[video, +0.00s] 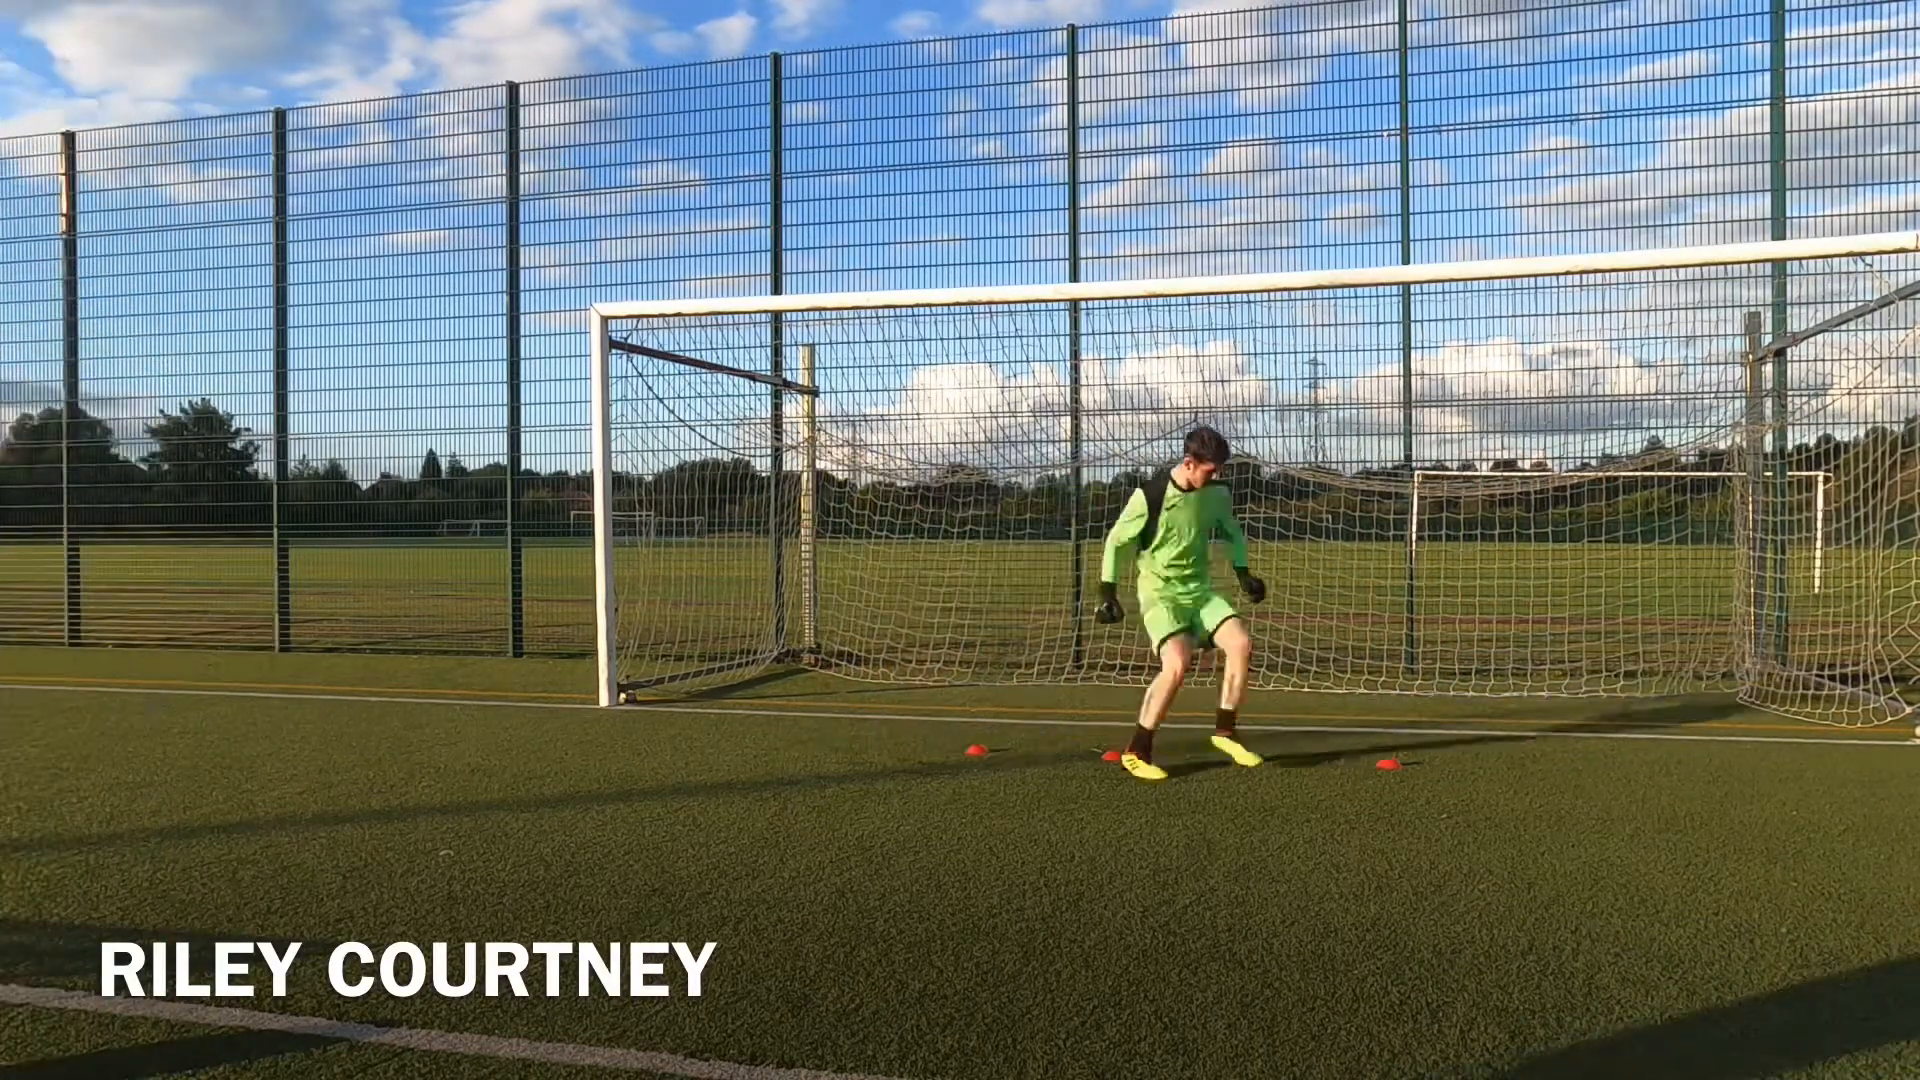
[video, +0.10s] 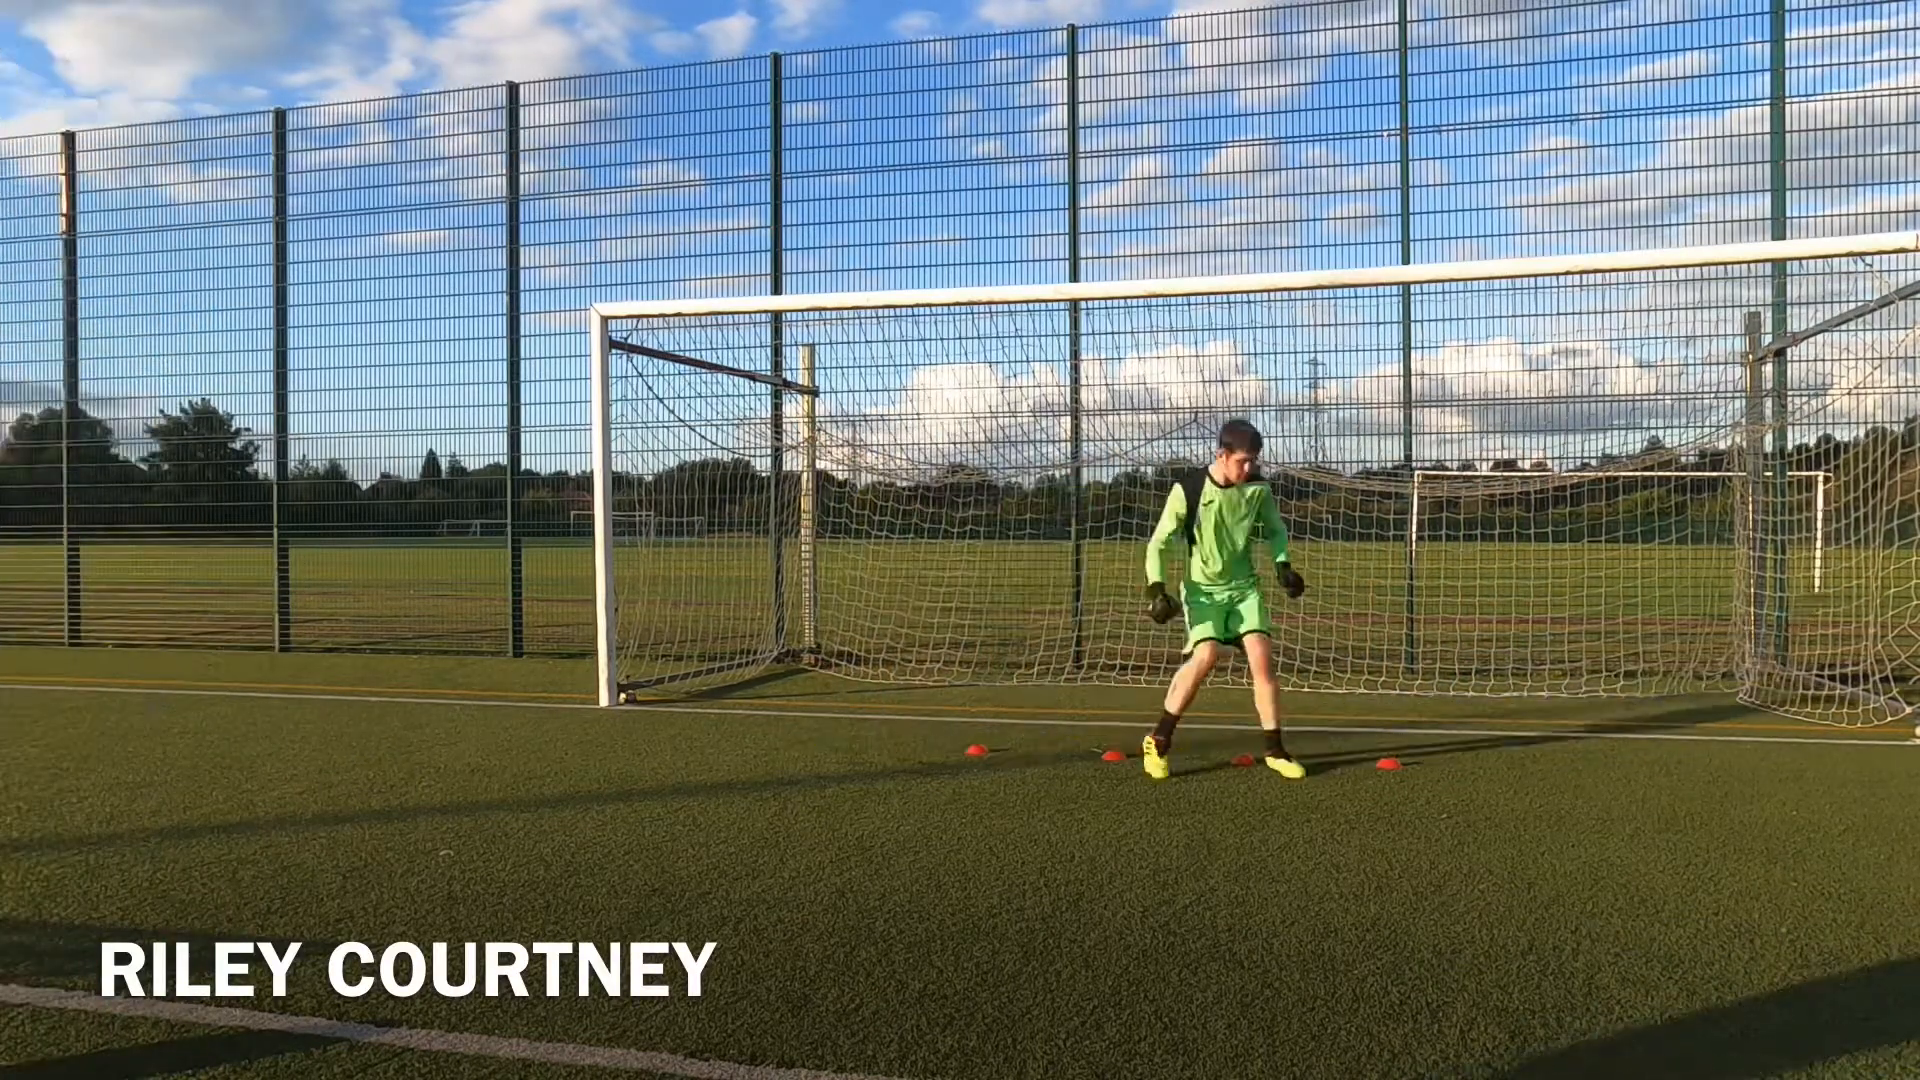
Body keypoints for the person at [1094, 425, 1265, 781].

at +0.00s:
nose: (1215, 476)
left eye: (1218, 469)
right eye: (1210, 469)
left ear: (1218, 465)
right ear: (1189, 462)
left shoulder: (1218, 495)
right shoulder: (1152, 495)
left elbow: (1233, 533)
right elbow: (1116, 539)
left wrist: (1243, 572)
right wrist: (1108, 593)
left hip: (1201, 591)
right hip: (1161, 594)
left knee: (1240, 643)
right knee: (1177, 663)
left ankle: (1225, 732)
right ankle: (1137, 751)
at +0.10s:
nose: (1250, 469)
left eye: (1254, 461)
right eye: (1244, 461)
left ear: (1256, 458)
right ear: (1222, 454)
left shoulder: (1258, 491)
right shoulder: (1189, 490)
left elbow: (1276, 532)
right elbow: (1157, 543)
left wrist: (1283, 565)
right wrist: (1156, 587)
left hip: (1245, 590)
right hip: (1203, 592)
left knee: (1261, 657)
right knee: (1205, 657)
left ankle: (1275, 750)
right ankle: (1158, 742)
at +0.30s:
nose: (1288, 434)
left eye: (1296, 427)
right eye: (1282, 427)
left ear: (1308, 431)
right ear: (1272, 430)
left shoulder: (1325, 472)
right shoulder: (1253, 473)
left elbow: (1332, 516)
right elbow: (1246, 533)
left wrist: (1332, 546)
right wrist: (1274, 543)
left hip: (1314, 576)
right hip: (1268, 580)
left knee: (1332, 641)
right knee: (1274, 663)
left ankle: (1328, 725)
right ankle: (1272, 733)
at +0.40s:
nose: (1316, 433)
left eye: (1323, 426)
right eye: (1310, 426)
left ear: (1337, 431)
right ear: (1302, 431)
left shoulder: (1360, 476)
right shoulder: (1285, 480)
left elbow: (1372, 520)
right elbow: (1280, 537)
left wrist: (1371, 548)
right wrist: (1318, 544)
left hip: (1350, 584)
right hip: (1304, 592)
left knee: (1377, 653)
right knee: (1305, 672)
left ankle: (1397, 722)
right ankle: (1273, 735)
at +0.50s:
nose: (1348, 426)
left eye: (1356, 418)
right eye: (1342, 419)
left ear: (1372, 421)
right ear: (1335, 424)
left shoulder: (1400, 467)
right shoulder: (1323, 471)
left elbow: (1417, 512)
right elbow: (1309, 523)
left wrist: (1410, 544)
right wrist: (1334, 556)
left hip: (1394, 583)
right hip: (1343, 584)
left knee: (1411, 663)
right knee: (1330, 662)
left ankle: (1440, 737)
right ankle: (1289, 731)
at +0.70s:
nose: (1413, 414)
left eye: (1421, 406)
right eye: (1407, 407)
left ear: (1435, 409)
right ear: (1399, 411)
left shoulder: (1464, 455)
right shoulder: (1385, 457)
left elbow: (1491, 499)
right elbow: (1376, 502)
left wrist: (1483, 534)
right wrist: (1391, 535)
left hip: (1466, 566)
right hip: (1416, 571)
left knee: (1499, 644)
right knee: (1412, 657)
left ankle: (1520, 721)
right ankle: (1434, 714)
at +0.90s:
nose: (1467, 441)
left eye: (1475, 434)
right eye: (1461, 435)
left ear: (1491, 438)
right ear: (1455, 440)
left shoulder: (1518, 483)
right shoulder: (1447, 490)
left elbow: (1543, 535)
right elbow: (1447, 541)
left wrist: (1534, 557)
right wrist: (1444, 562)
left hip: (1528, 597)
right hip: (1479, 601)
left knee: (1568, 676)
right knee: (1462, 680)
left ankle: (1609, 749)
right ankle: (1464, 736)